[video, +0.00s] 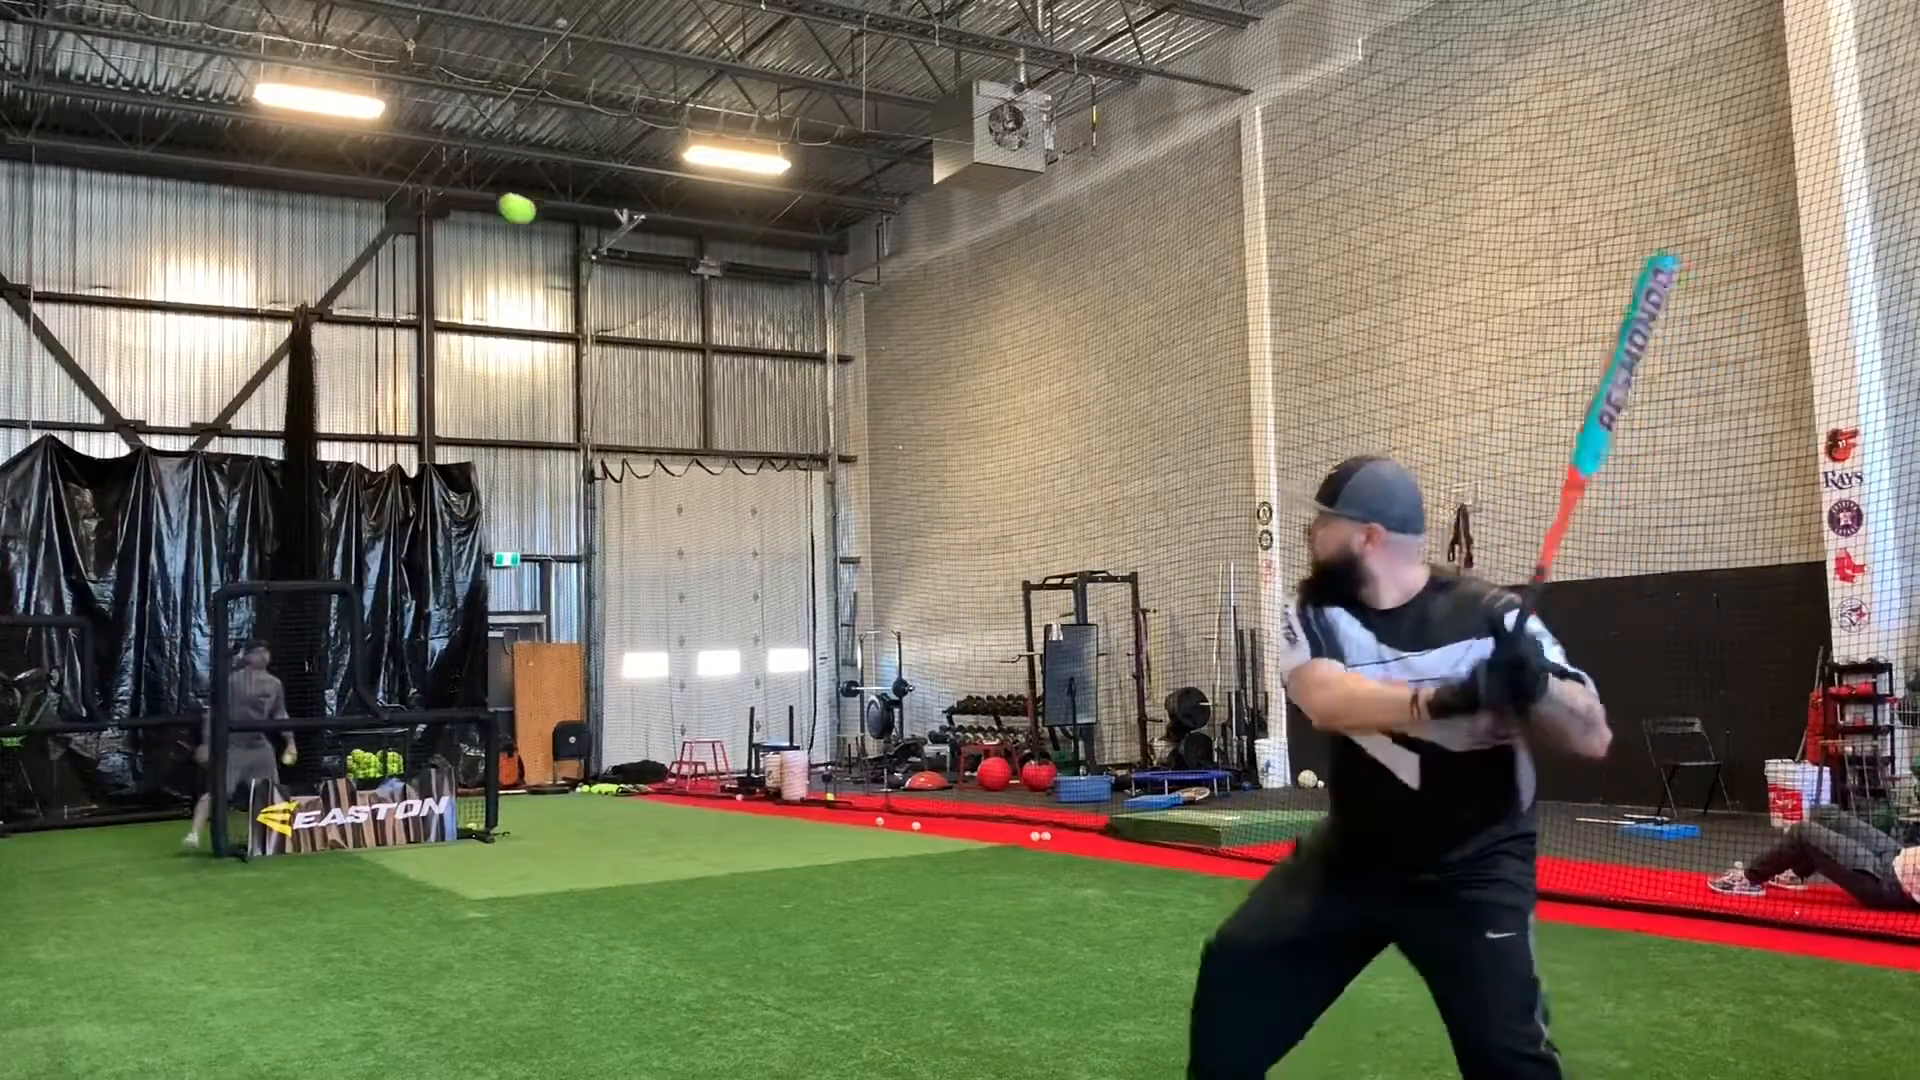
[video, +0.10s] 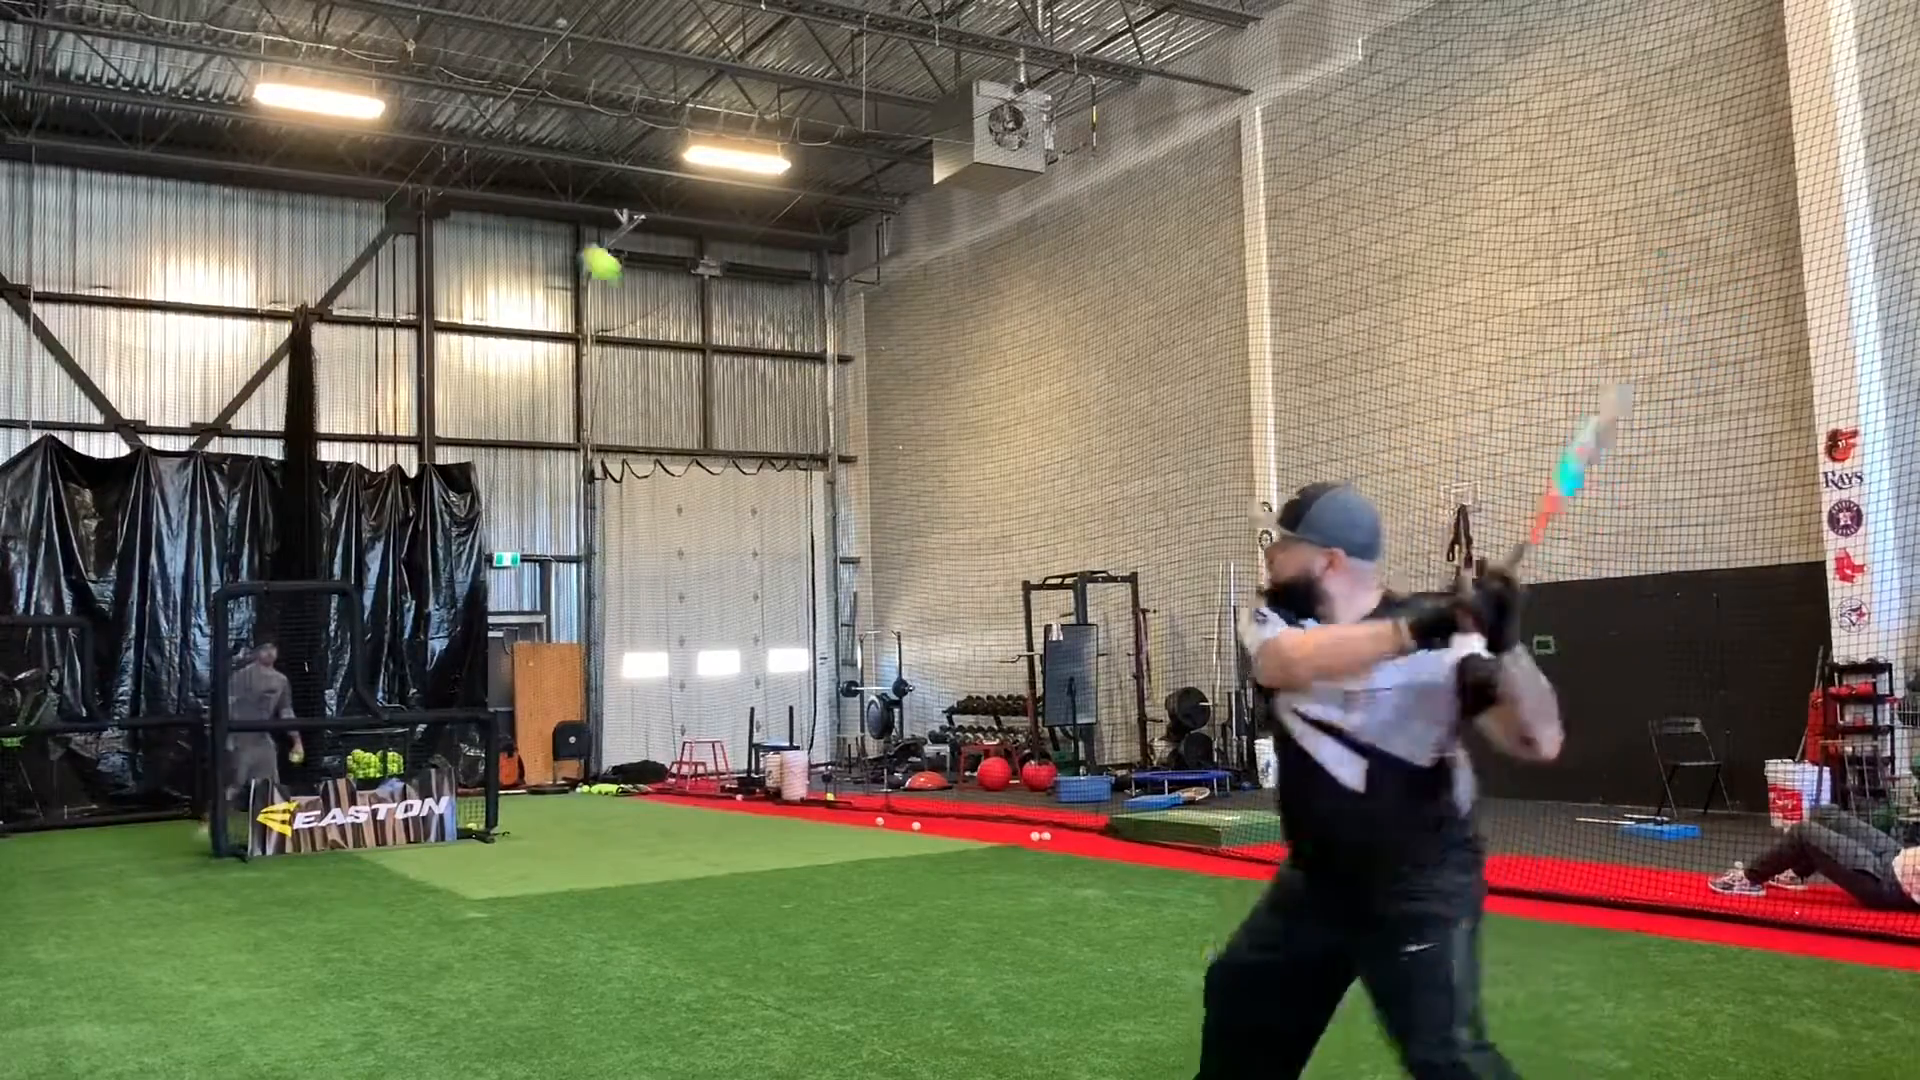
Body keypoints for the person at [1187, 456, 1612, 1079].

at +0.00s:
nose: (1312, 533)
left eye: (1324, 519)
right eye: (1316, 520)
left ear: (1370, 536)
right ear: (1365, 537)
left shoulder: (1491, 613)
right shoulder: (1314, 613)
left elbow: (1592, 737)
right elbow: (1322, 703)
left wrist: (1534, 692)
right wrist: (1443, 700)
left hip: (1472, 871)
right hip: (1350, 859)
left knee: (1505, 1050)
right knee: (1237, 966)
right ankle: (1219, 1074)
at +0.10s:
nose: (1270, 553)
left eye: (1284, 543)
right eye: (1275, 541)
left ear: (1330, 559)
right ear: (1328, 560)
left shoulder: (1442, 642)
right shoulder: (1278, 623)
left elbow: (1539, 741)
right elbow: (1282, 665)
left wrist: (1507, 644)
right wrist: (1417, 627)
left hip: (1419, 887)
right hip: (1320, 879)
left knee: (1443, 1051)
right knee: (1242, 994)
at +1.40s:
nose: (1303, 485)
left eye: (1303, 474)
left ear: (1308, 481)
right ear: (1380, 467)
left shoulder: (1297, 564)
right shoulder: (1415, 540)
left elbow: (1410, 593)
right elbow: (1484, 647)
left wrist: (1507, 525)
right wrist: (1612, 715)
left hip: (1365, 842)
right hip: (1477, 828)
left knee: (1402, 1036)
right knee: (1522, 1024)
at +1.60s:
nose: (1337, 485)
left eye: (1335, 473)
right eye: (1336, 472)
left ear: (1344, 477)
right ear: (1415, 462)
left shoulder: (1320, 578)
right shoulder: (1497, 530)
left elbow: (1318, 663)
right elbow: (1589, 627)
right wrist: (1705, 675)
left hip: (1393, 849)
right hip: (1519, 842)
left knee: (1394, 1046)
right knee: (1523, 1036)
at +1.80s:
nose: (1356, 512)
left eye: (1354, 498)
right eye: (1353, 499)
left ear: (1376, 489)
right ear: (1441, 472)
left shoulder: (1365, 590)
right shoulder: (1546, 533)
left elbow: (1298, 741)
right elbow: (1646, 621)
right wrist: (1731, 652)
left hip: (1448, 842)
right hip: (1571, 829)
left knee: (1412, 1038)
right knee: (1543, 1030)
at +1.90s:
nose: (1359, 531)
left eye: (1355, 511)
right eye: (1353, 513)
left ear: (1385, 494)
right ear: (1436, 480)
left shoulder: (1399, 588)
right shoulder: (1557, 537)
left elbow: (1311, 722)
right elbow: (1653, 615)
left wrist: (1208, 807)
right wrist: (1718, 636)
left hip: (1477, 835)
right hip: (1593, 827)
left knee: (1428, 1039)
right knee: (1555, 1027)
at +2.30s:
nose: (1389, 507)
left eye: (1396, 487)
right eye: (1387, 490)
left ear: (1445, 481)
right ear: (1448, 483)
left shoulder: (1498, 529)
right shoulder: (1490, 534)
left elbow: (1545, 586)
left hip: (1573, 840)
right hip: (1551, 836)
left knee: (1549, 1030)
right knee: (1547, 1024)